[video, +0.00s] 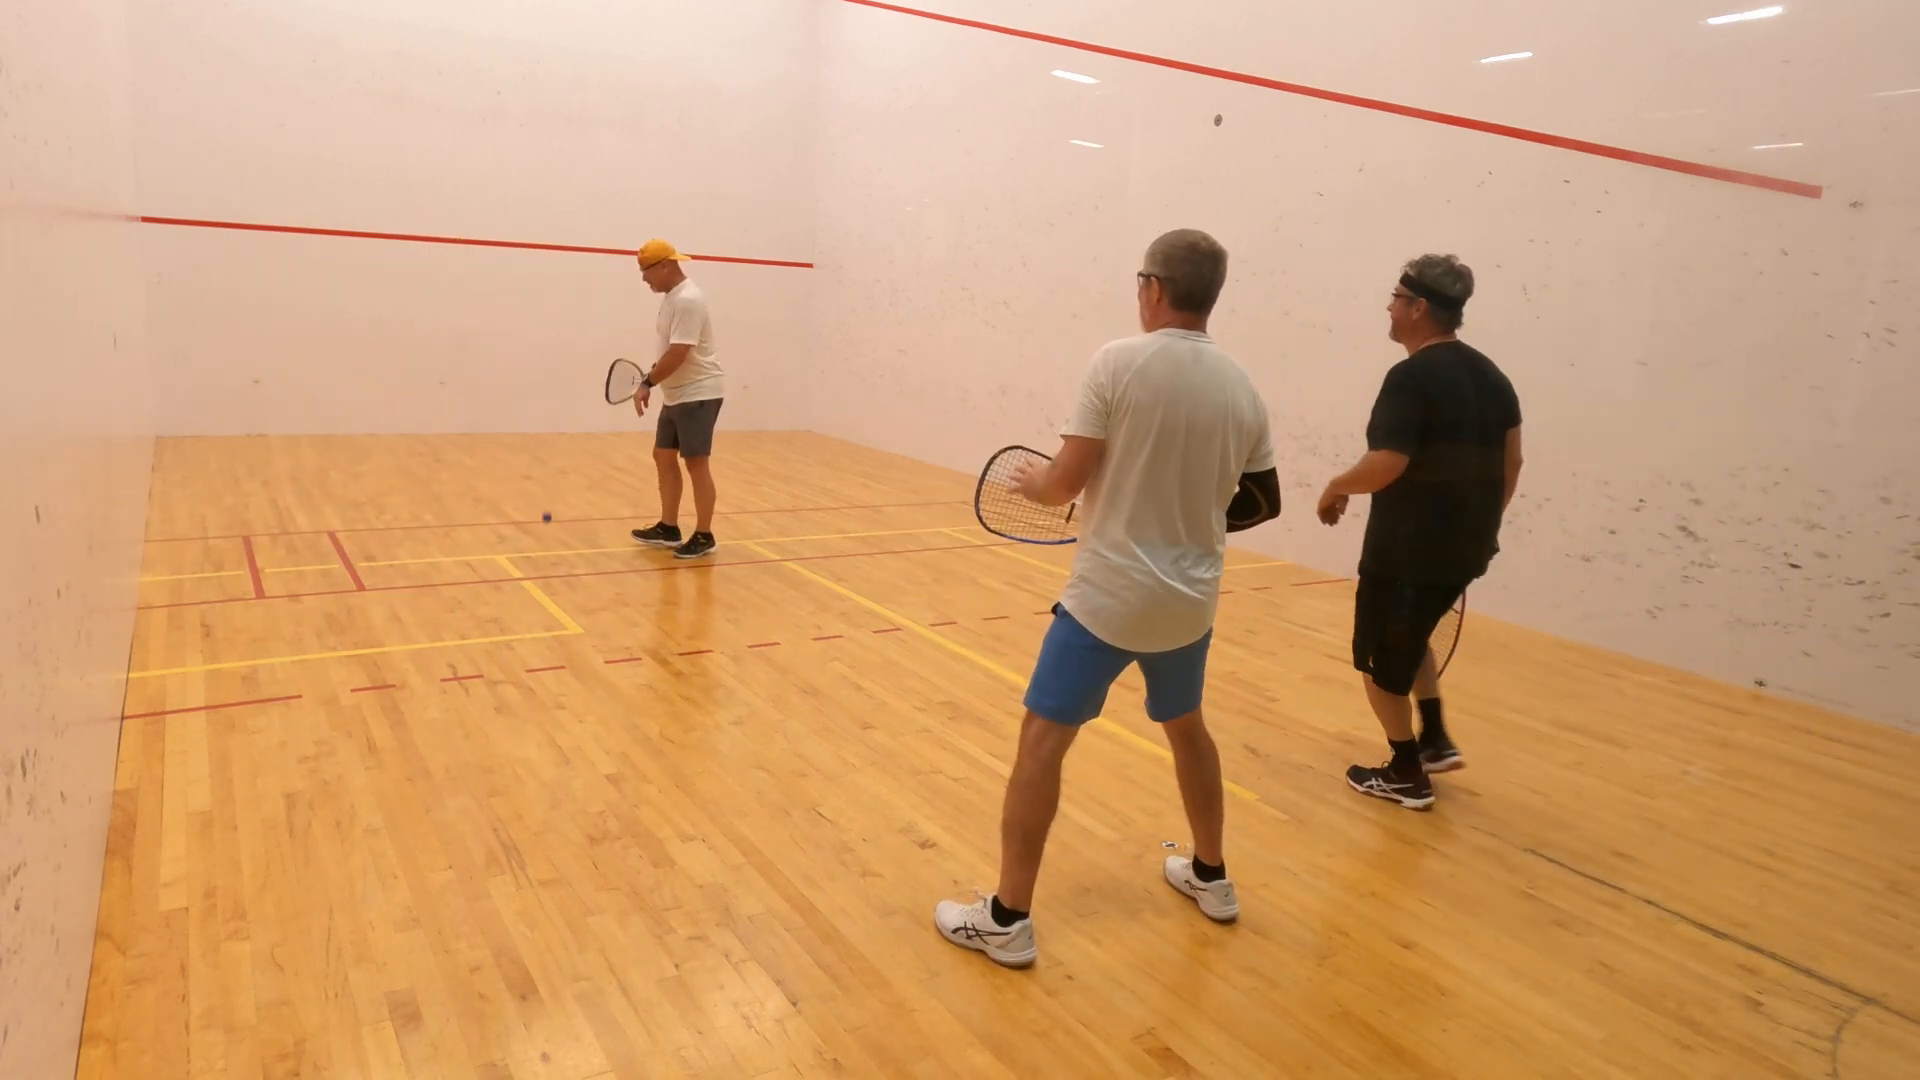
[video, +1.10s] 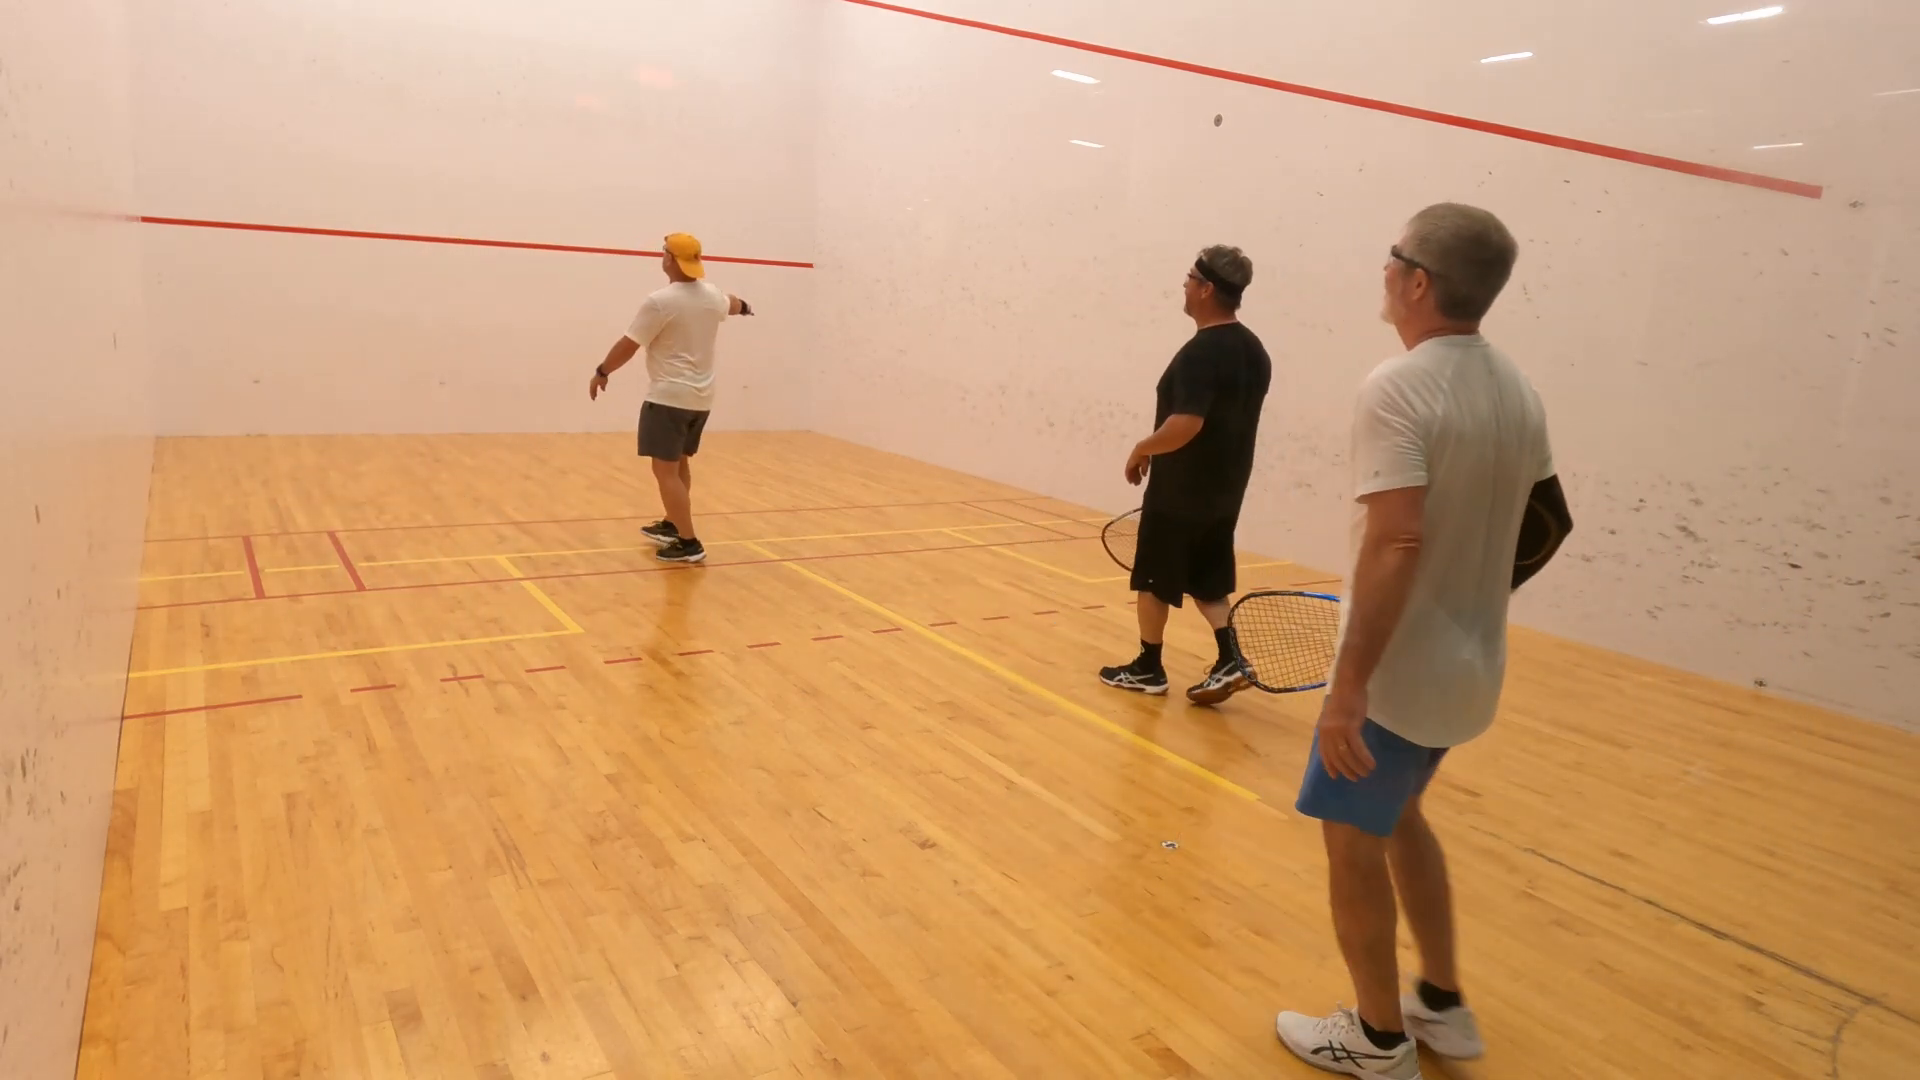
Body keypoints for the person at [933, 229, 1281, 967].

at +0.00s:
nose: (1137, 295)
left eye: (1140, 284)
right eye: (1144, 283)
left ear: (1152, 290)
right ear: (1211, 299)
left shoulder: (1121, 364)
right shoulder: (1239, 386)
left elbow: (1062, 485)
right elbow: (1261, 500)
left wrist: (1033, 481)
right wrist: (1181, 513)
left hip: (1107, 598)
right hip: (1190, 605)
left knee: (1042, 741)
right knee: (1186, 726)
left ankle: (1008, 916)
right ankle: (1210, 874)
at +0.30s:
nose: (1195, 293)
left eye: (1199, 282)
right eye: (1201, 281)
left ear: (1215, 290)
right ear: (1268, 300)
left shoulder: (1193, 362)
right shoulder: (1287, 376)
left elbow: (1167, 483)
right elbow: (1294, 478)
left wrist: (1123, 521)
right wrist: (1158, 511)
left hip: (1189, 593)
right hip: (1257, 594)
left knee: (1110, 735)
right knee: (1208, 718)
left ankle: (1094, 921)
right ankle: (1210, 876)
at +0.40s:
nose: (1216, 289)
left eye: (1221, 279)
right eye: (1220, 277)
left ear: (1235, 286)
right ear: (1294, 294)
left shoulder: (1216, 358)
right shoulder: (1309, 368)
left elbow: (1187, 480)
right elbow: (1296, 481)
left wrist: (1143, 514)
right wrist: (1172, 517)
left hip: (1207, 591)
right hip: (1273, 591)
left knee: (1138, 741)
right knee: (1215, 723)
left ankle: (1182, 933)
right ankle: (1210, 874)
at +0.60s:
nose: (1263, 296)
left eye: (1269, 286)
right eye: (1269, 284)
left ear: (1286, 298)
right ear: (1338, 308)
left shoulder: (1260, 381)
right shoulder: (1347, 386)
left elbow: (1217, 508)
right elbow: (1345, 509)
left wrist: (1158, 556)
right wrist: (1235, 489)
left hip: (1243, 621)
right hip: (1299, 615)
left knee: (1213, 786)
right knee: (1226, 735)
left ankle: (1334, 965)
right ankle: (1212, 874)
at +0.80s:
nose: (1308, 294)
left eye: (1314, 285)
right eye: (1314, 282)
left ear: (1329, 299)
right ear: (1392, 310)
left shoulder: (1305, 388)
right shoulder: (1408, 399)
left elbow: (1275, 527)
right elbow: (1415, 528)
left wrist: (1208, 620)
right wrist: (1333, 594)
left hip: (1302, 627)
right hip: (1367, 629)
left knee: (1316, 837)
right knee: (1277, 753)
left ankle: (1382, 1030)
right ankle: (1221, 875)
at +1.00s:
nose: (1356, 278)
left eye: (1362, 268)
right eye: (1363, 265)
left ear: (1382, 286)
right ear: (1444, 295)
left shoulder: (1361, 389)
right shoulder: (1479, 389)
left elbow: (1350, 539)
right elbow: (1507, 523)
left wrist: (1299, 679)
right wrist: (1436, 601)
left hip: (1364, 657)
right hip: (1432, 653)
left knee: (1346, 843)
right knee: (1344, 790)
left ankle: (1381, 1034)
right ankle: (1339, 944)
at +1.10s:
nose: (1385, 276)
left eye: (1393, 264)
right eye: (1393, 262)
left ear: (1417, 283)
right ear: (1475, 293)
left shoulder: (1401, 388)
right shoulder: (1512, 388)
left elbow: (1397, 545)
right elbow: (1540, 525)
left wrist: (1346, 687)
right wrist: (1460, 599)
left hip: (1398, 673)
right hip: (1467, 668)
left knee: (1353, 837)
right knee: (1400, 812)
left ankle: (1378, 1031)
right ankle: (1442, 1000)